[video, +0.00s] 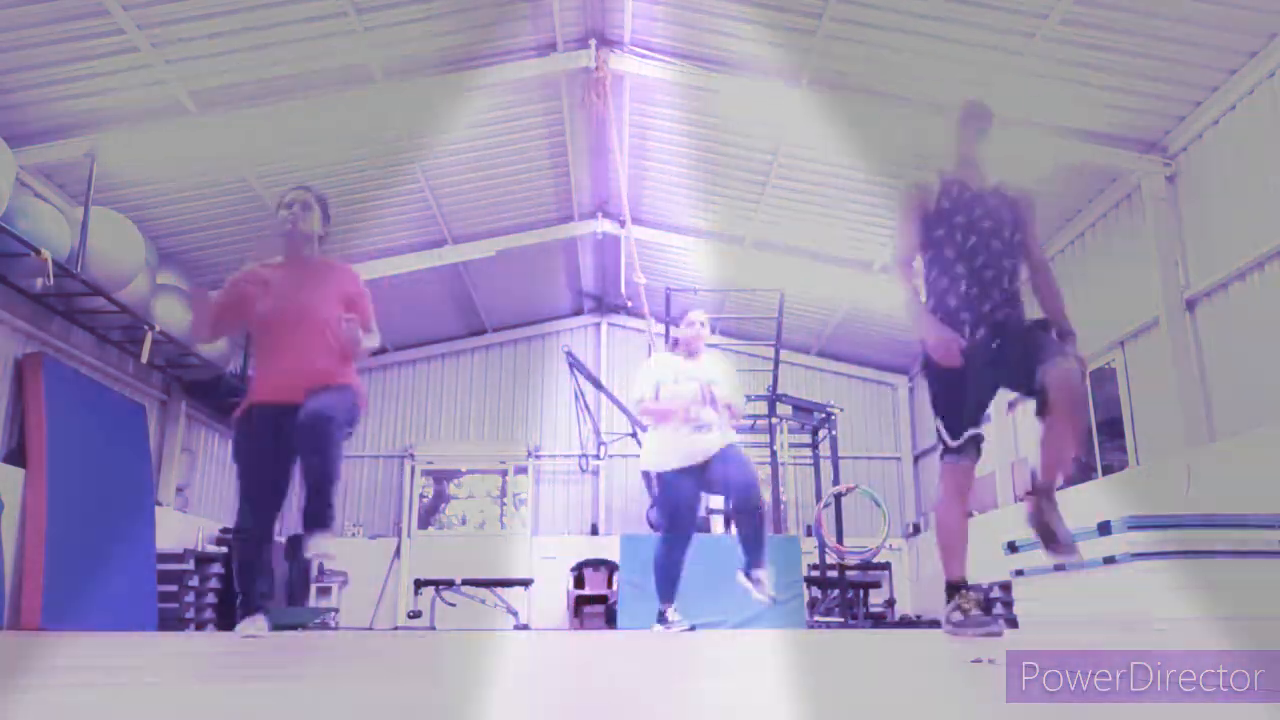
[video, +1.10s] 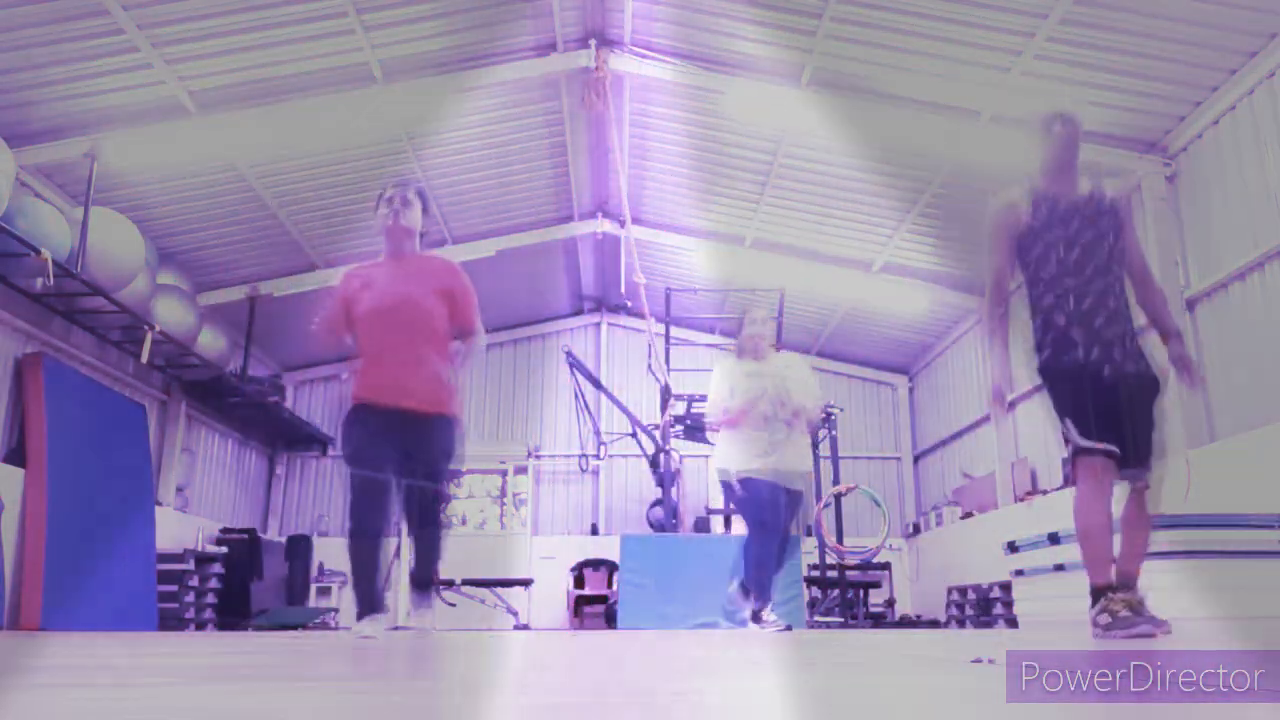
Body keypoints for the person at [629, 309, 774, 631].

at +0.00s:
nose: (695, 331)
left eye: (701, 326)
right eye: (689, 325)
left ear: (710, 334)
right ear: (678, 331)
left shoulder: (719, 363)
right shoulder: (658, 364)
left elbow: (738, 412)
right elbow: (642, 409)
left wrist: (716, 400)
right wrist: (681, 407)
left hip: (717, 451)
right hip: (672, 458)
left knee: (747, 487)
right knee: (678, 529)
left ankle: (754, 568)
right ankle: (666, 608)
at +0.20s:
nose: (719, 349)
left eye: (723, 344)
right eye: (713, 343)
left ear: (728, 346)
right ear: (697, 345)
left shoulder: (740, 381)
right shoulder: (681, 378)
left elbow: (762, 423)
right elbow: (662, 420)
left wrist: (758, 421)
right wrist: (694, 422)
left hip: (739, 469)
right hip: (689, 471)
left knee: (750, 532)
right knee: (680, 536)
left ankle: (758, 611)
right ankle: (660, 610)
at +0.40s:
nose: (737, 325)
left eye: (743, 320)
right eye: (730, 320)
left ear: (752, 329)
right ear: (718, 328)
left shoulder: (768, 364)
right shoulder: (700, 358)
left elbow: (787, 409)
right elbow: (679, 402)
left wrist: (775, 408)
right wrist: (711, 401)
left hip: (750, 458)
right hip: (702, 457)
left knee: (754, 528)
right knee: (695, 523)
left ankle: (759, 606)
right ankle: (673, 582)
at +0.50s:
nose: (742, 322)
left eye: (748, 318)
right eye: (735, 318)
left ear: (757, 326)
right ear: (724, 327)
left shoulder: (773, 358)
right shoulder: (707, 352)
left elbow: (790, 404)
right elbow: (684, 395)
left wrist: (781, 407)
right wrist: (717, 398)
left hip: (757, 444)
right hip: (710, 435)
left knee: (756, 522)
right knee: (712, 478)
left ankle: (753, 600)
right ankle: (697, 544)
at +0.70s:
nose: (750, 330)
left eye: (756, 325)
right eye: (743, 326)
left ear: (766, 334)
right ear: (732, 337)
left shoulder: (784, 369)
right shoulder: (716, 366)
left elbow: (806, 416)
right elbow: (696, 412)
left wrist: (785, 406)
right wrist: (727, 402)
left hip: (768, 456)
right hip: (721, 445)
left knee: (755, 534)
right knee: (739, 463)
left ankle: (750, 609)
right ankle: (747, 548)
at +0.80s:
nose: (753, 323)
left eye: (759, 317)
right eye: (745, 318)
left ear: (768, 325)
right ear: (734, 328)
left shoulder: (788, 357)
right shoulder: (719, 357)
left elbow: (808, 410)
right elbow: (696, 406)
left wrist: (786, 396)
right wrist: (725, 399)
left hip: (773, 450)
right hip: (725, 439)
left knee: (753, 527)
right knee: (754, 492)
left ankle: (744, 607)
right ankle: (759, 579)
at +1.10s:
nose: (758, 341)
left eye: (763, 335)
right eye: (752, 335)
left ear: (773, 336)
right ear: (741, 338)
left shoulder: (793, 367)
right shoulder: (728, 368)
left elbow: (815, 416)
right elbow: (714, 418)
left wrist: (794, 410)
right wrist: (747, 408)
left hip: (789, 470)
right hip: (744, 466)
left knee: (782, 539)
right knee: (767, 527)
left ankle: (744, 587)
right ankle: (760, 609)